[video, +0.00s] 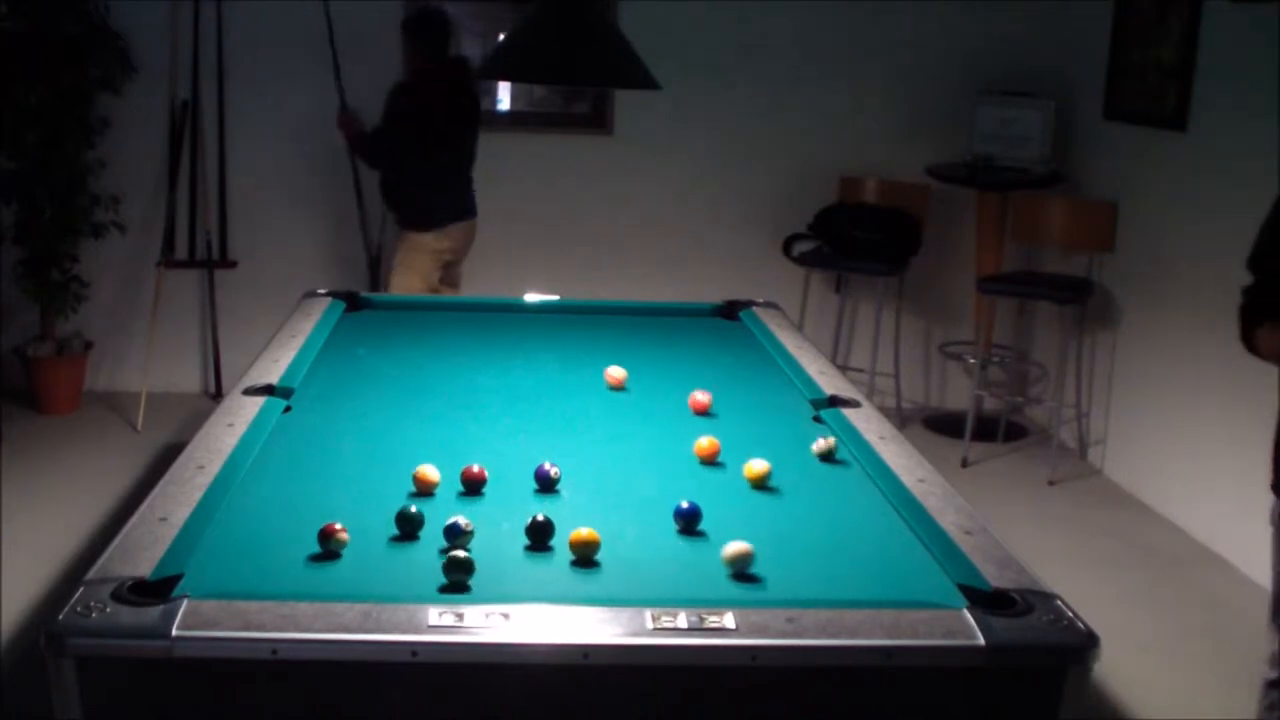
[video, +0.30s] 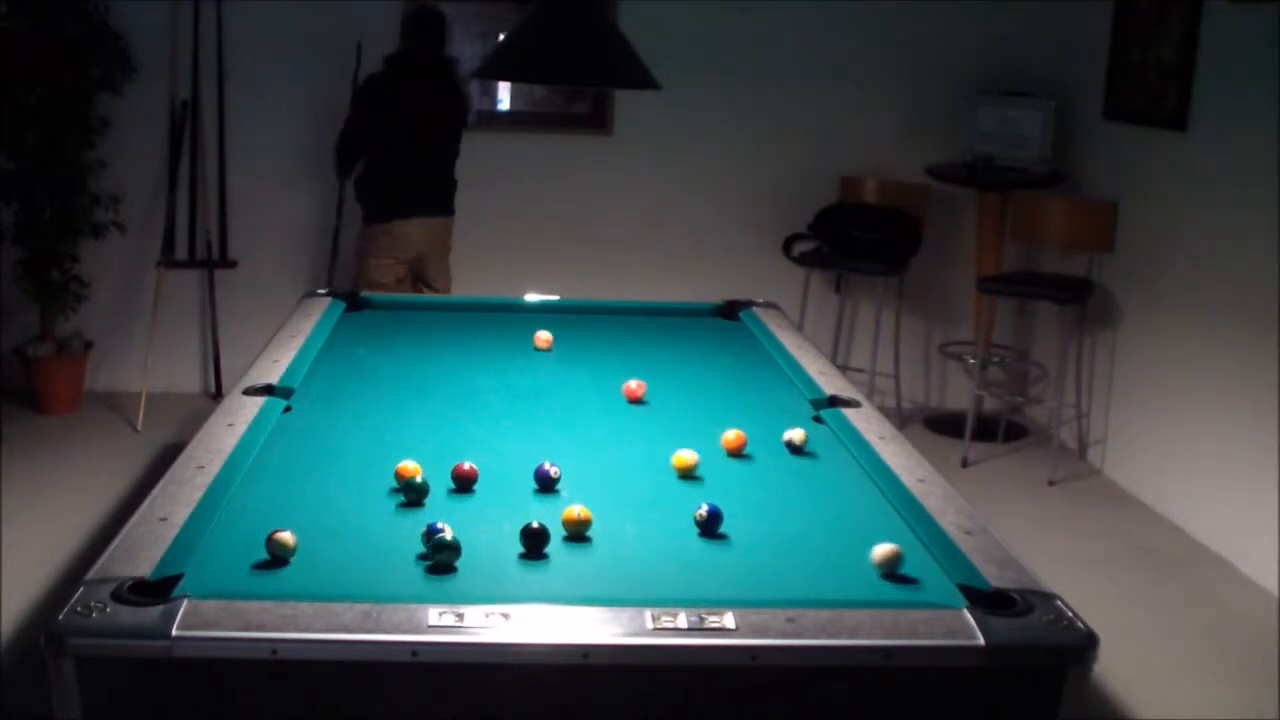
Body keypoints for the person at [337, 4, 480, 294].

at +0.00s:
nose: (404, 49)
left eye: (408, 40)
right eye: (408, 39)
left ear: (411, 43)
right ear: (446, 40)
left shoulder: (410, 92)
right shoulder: (463, 85)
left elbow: (384, 158)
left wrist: (355, 135)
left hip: (427, 226)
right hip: (460, 219)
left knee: (404, 316)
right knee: (443, 316)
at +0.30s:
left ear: (403, 36)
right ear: (442, 39)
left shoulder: (379, 85)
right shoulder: (453, 87)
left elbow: (347, 153)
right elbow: (449, 150)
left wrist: (345, 171)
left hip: (388, 216)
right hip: (439, 217)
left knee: (381, 314)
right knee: (435, 313)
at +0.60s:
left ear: (353, 37)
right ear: (392, 38)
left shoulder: (329, 91)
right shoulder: (409, 87)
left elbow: (325, 154)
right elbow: (436, 158)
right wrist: (403, 173)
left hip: (346, 219)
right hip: (398, 221)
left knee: (350, 317)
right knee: (414, 314)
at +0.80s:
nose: (377, 42)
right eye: (376, 35)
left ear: (338, 35)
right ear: (375, 37)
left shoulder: (320, 85)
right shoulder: (382, 85)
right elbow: (399, 141)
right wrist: (425, 159)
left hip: (329, 216)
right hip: (373, 218)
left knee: (341, 315)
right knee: (386, 314)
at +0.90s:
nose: (384, 42)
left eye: (382, 33)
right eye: (380, 34)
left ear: (342, 34)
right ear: (369, 36)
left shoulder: (323, 74)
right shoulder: (365, 79)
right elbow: (378, 140)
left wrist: (410, 157)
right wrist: (419, 157)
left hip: (328, 214)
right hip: (362, 218)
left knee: (343, 313)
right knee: (376, 314)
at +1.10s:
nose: (385, 43)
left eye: (385, 34)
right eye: (379, 34)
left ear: (352, 34)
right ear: (362, 34)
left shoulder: (337, 73)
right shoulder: (350, 76)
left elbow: (351, 153)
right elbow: (359, 153)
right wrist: (411, 166)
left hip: (337, 215)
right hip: (347, 219)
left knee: (345, 314)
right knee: (350, 315)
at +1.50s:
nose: (361, 46)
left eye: (366, 37)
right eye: (352, 37)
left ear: (374, 39)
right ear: (333, 39)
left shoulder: (384, 92)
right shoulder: (311, 92)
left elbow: (396, 158)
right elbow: (322, 166)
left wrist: (403, 210)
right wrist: (388, 164)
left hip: (373, 231)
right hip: (327, 232)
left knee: (373, 332)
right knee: (326, 331)